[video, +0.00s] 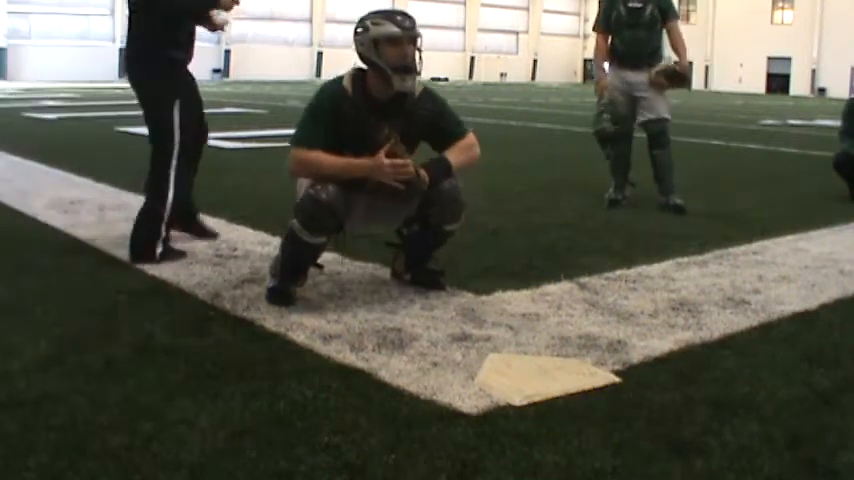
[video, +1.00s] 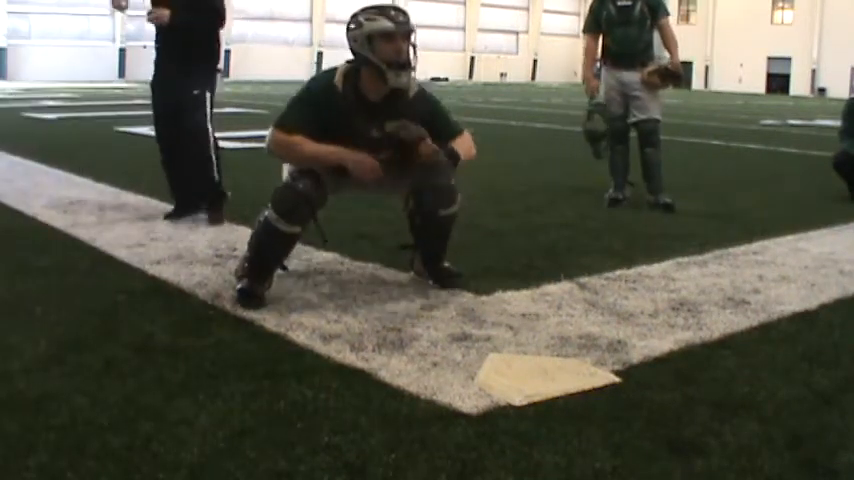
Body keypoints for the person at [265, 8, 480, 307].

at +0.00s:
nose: (408, 54)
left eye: (411, 45)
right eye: (395, 45)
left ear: (417, 47)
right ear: (369, 50)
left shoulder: (421, 100)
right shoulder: (334, 96)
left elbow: (470, 147)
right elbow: (299, 162)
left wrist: (426, 173)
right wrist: (369, 168)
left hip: (392, 198)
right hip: (339, 198)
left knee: (446, 193)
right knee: (322, 199)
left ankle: (411, 266)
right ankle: (286, 278)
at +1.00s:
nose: (401, 50)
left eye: (404, 41)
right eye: (390, 42)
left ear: (410, 43)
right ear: (364, 47)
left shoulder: (413, 96)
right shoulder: (325, 89)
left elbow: (467, 146)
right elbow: (278, 141)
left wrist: (433, 153)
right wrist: (347, 158)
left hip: (394, 170)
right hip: (332, 170)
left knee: (438, 182)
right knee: (298, 192)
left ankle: (431, 263)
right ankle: (255, 277)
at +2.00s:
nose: (400, 44)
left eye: (403, 35)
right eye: (388, 36)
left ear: (409, 37)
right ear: (362, 41)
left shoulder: (413, 92)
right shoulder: (325, 83)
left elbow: (456, 140)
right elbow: (280, 143)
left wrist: (456, 164)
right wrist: (348, 157)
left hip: (382, 166)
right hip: (322, 165)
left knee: (436, 181)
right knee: (305, 193)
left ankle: (430, 264)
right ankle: (254, 278)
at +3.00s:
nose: (358, 98)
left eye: (365, 90)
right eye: (348, 90)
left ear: (377, 75)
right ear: (327, 74)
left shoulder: (387, 89)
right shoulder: (289, 93)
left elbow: (402, 131)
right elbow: (247, 124)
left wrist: (389, 163)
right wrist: (291, 166)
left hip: (375, 192)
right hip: (318, 197)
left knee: (431, 281)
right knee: (290, 297)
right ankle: (251, 264)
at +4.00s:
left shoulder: (640, 3)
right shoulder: (561, 7)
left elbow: (649, 34)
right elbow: (520, 38)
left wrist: (599, 56)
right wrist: (471, 33)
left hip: (643, 124)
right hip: (588, 121)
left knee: (605, 236)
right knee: (498, 193)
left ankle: (703, 340)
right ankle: (500, 298)